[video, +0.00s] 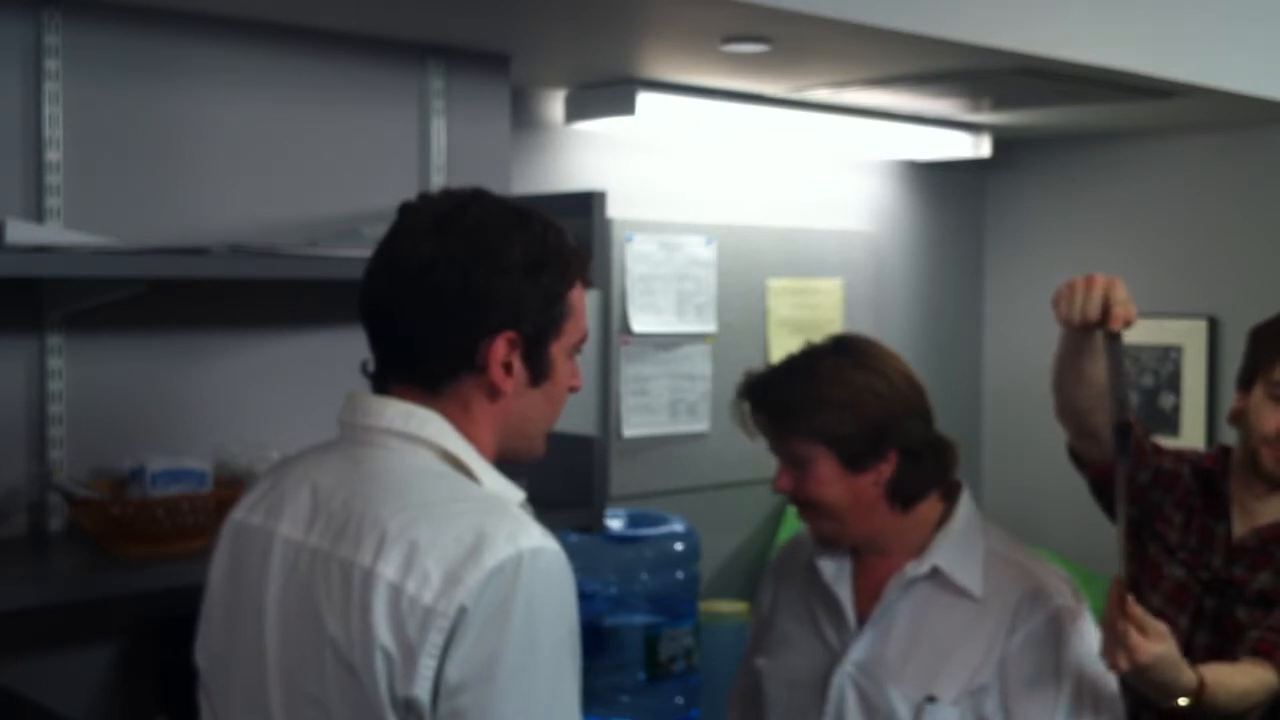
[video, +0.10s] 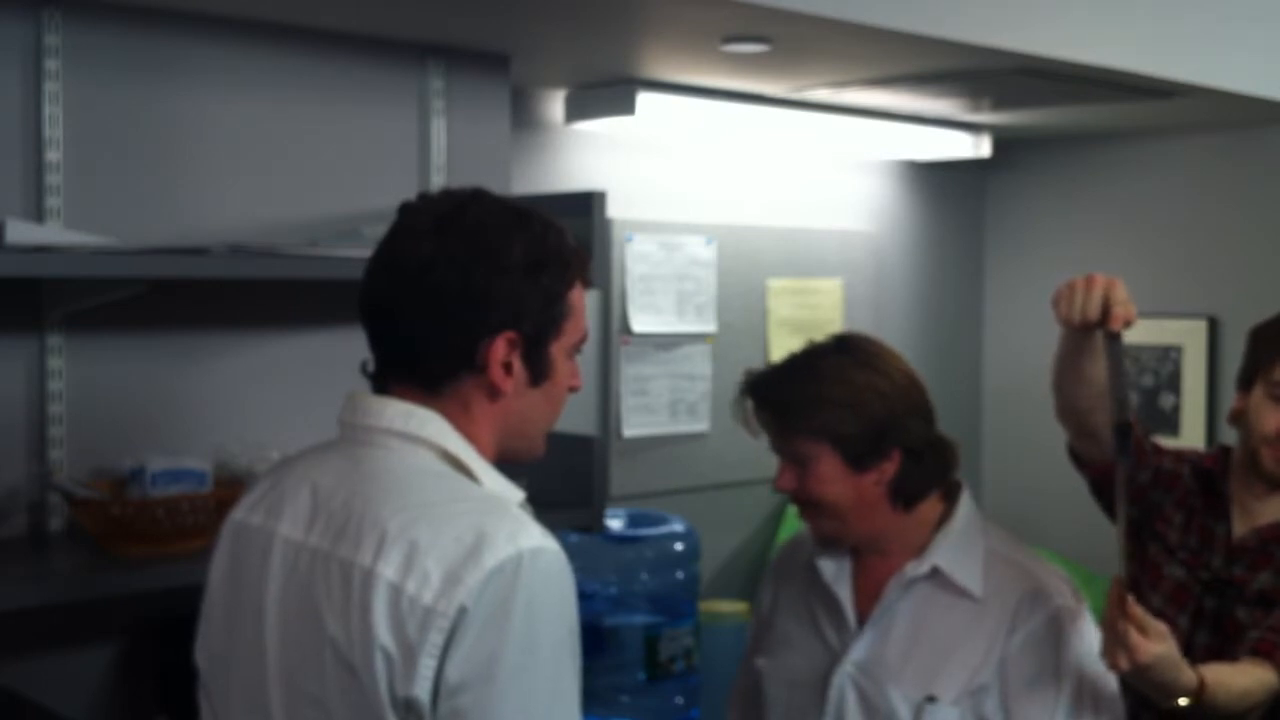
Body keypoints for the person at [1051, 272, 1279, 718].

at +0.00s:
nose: (1279, 421)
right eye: (1275, 396)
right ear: (1241, 401)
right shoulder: (1168, 485)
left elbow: (1267, 676)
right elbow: (1090, 426)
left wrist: (1186, 684)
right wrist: (1085, 329)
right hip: (1136, 704)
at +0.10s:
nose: (1279, 421)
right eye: (1275, 396)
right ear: (1241, 401)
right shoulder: (1168, 485)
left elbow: (1267, 676)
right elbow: (1090, 426)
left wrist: (1186, 684)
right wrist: (1085, 329)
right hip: (1137, 705)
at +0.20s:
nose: (1279, 422)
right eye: (1275, 396)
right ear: (1241, 401)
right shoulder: (1168, 485)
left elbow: (1268, 675)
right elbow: (1090, 426)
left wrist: (1186, 685)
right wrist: (1085, 329)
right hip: (1137, 704)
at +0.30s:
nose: (1277, 420)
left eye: (1279, 400)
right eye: (1274, 395)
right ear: (1241, 401)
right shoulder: (1170, 485)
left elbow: (1267, 675)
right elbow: (1091, 427)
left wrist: (1185, 684)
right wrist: (1086, 329)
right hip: (1138, 704)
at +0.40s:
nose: (1278, 420)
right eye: (1275, 395)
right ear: (1241, 402)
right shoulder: (1169, 485)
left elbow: (1267, 676)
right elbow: (1091, 427)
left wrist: (1186, 684)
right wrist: (1086, 329)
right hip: (1136, 704)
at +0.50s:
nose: (1278, 420)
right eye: (1275, 395)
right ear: (1241, 402)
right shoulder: (1168, 485)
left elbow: (1268, 676)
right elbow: (1091, 426)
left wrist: (1188, 685)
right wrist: (1086, 329)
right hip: (1137, 704)